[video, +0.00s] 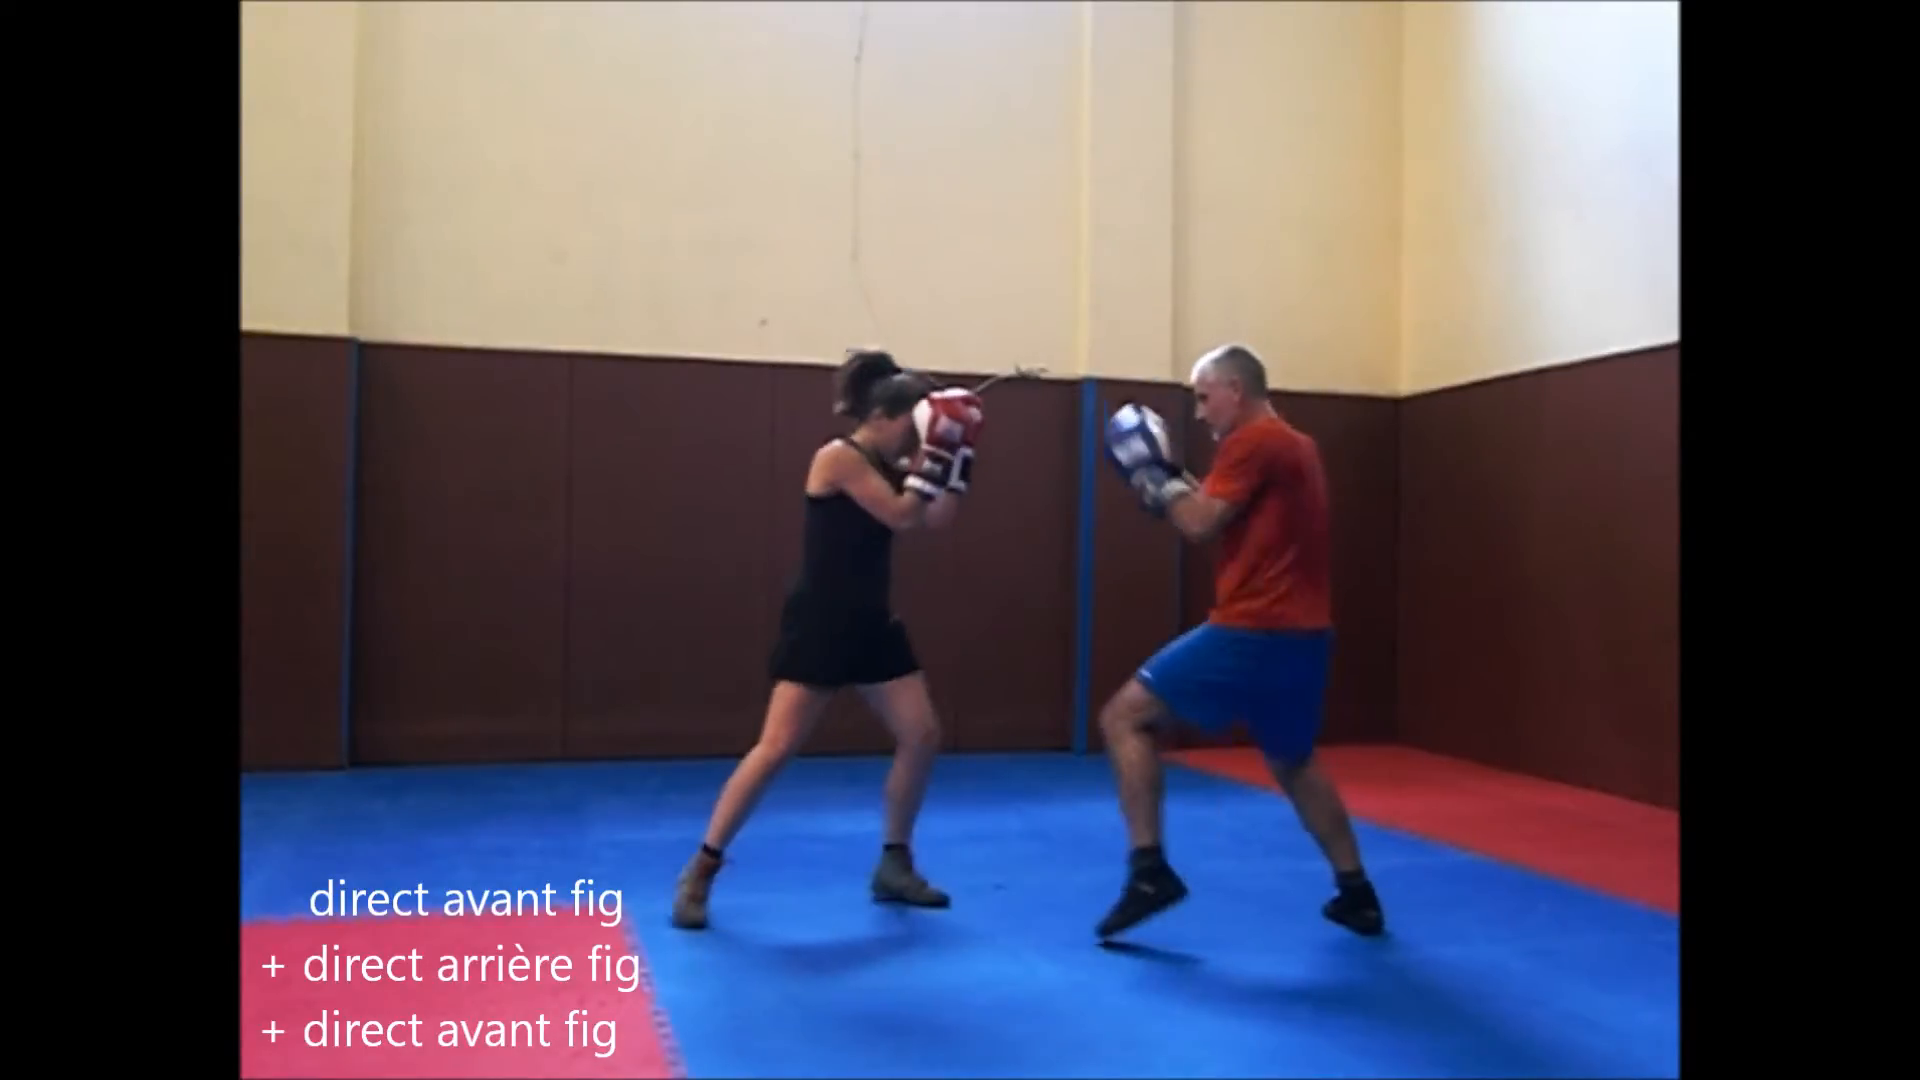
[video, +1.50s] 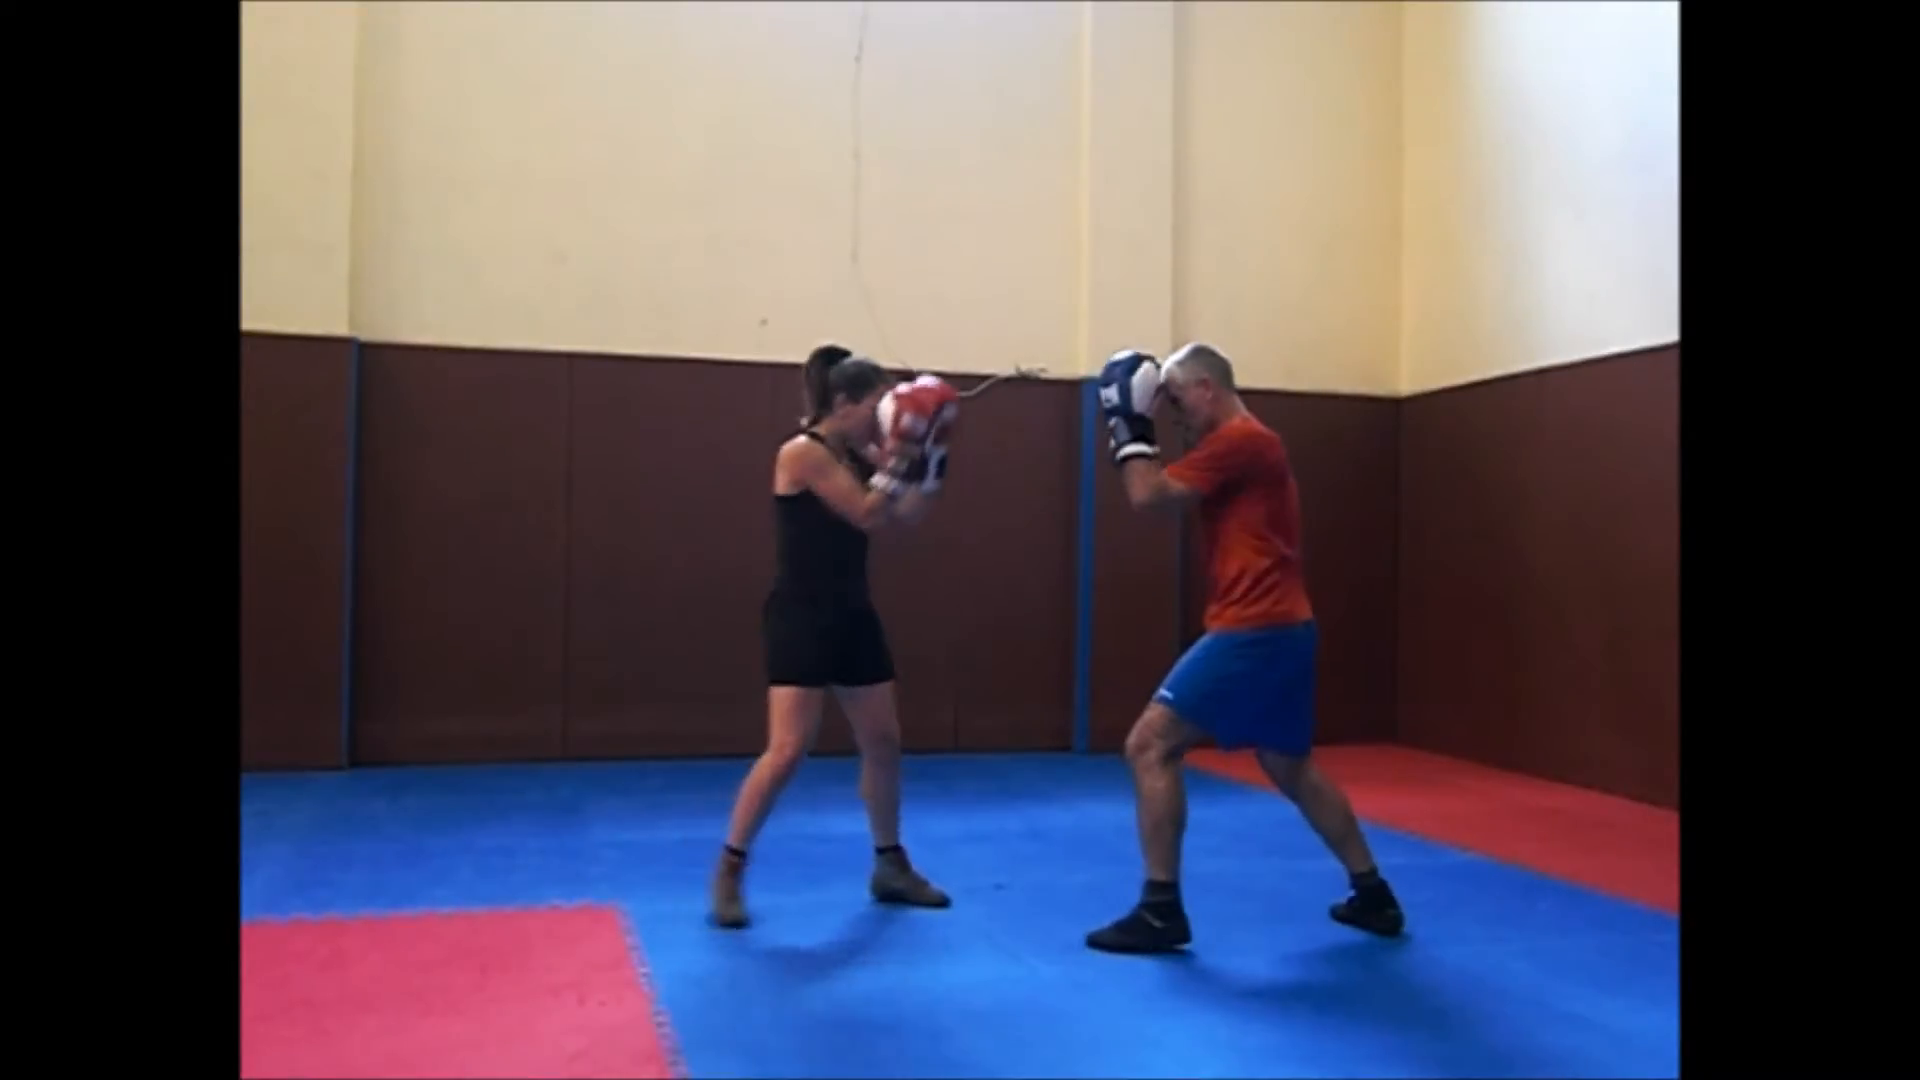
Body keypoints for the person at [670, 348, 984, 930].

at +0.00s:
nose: (912, 435)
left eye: (916, 425)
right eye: (909, 423)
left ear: (886, 418)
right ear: (881, 415)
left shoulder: (881, 466)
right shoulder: (837, 457)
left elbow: (936, 517)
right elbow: (899, 514)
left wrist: (956, 459)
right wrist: (934, 461)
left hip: (869, 627)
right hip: (818, 625)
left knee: (921, 733)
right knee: (775, 748)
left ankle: (895, 865)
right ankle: (701, 871)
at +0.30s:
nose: (878, 449)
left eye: (882, 439)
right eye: (873, 437)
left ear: (860, 431)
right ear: (844, 424)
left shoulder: (852, 475)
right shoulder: (804, 467)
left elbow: (900, 519)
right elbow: (877, 517)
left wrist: (907, 468)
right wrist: (894, 477)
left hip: (844, 635)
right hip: (791, 636)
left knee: (904, 742)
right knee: (750, 761)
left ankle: (892, 868)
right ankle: (688, 879)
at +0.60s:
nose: (851, 446)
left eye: (855, 437)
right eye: (846, 434)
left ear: (834, 431)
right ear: (815, 424)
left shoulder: (828, 472)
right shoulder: (779, 465)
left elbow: (876, 515)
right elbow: (850, 514)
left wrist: (884, 463)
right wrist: (871, 466)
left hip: (832, 633)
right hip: (779, 635)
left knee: (888, 742)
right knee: (749, 761)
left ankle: (890, 868)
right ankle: (688, 880)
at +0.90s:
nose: (840, 449)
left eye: (845, 439)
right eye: (835, 437)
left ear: (818, 426)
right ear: (804, 423)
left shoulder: (817, 470)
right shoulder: (766, 463)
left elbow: (870, 514)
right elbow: (838, 509)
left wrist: (887, 462)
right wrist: (868, 468)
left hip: (830, 628)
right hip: (776, 631)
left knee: (879, 741)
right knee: (748, 761)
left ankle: (889, 868)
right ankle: (688, 881)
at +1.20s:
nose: (838, 443)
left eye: (842, 432)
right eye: (831, 431)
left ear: (813, 427)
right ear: (797, 424)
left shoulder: (819, 474)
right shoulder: (758, 473)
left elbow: (857, 544)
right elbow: (815, 541)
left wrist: (880, 490)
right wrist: (853, 490)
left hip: (824, 636)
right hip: (771, 639)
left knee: (887, 743)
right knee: (749, 767)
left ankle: (889, 868)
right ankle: (688, 882)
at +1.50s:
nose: (877, 417)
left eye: (879, 407)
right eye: (871, 406)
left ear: (847, 405)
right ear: (841, 402)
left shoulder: (851, 456)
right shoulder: (802, 453)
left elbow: (903, 513)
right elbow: (865, 512)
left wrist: (931, 458)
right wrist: (899, 460)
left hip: (851, 617)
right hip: (800, 618)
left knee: (882, 741)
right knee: (786, 749)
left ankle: (890, 865)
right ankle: (730, 869)